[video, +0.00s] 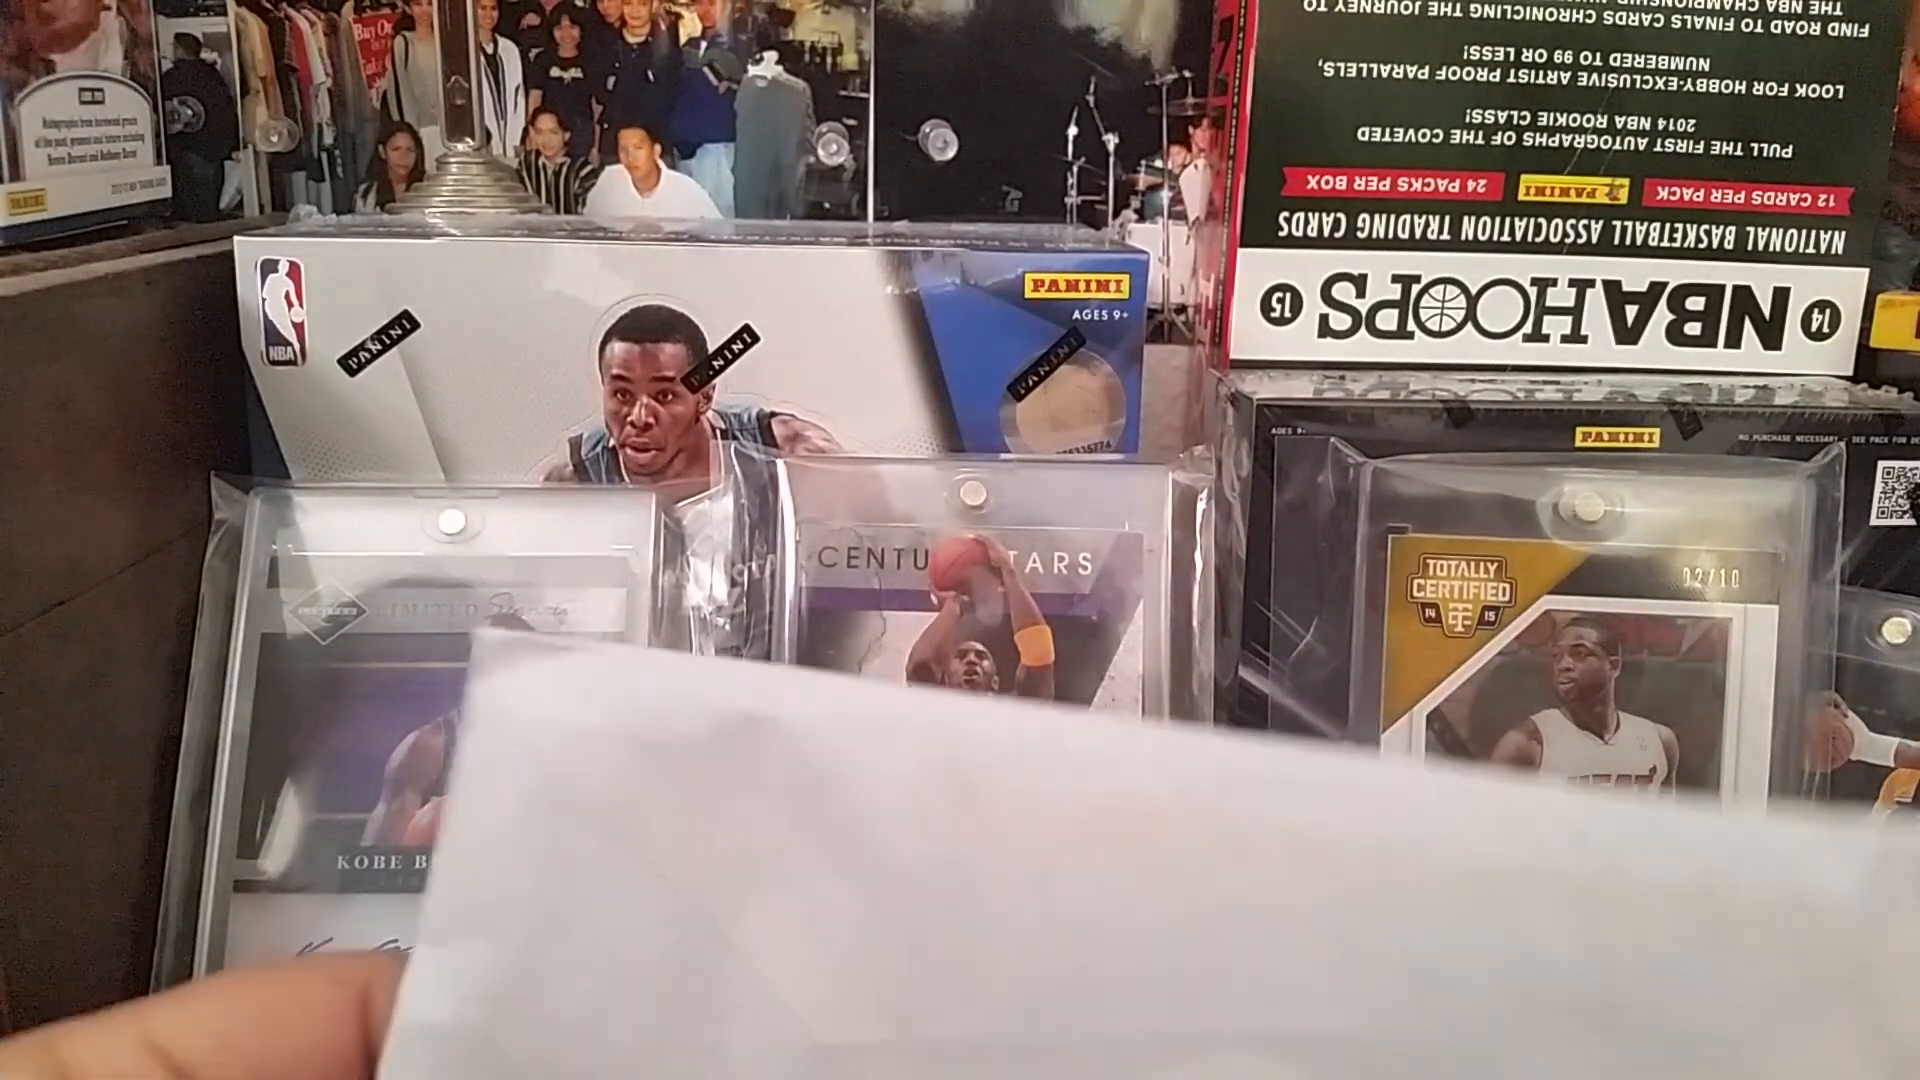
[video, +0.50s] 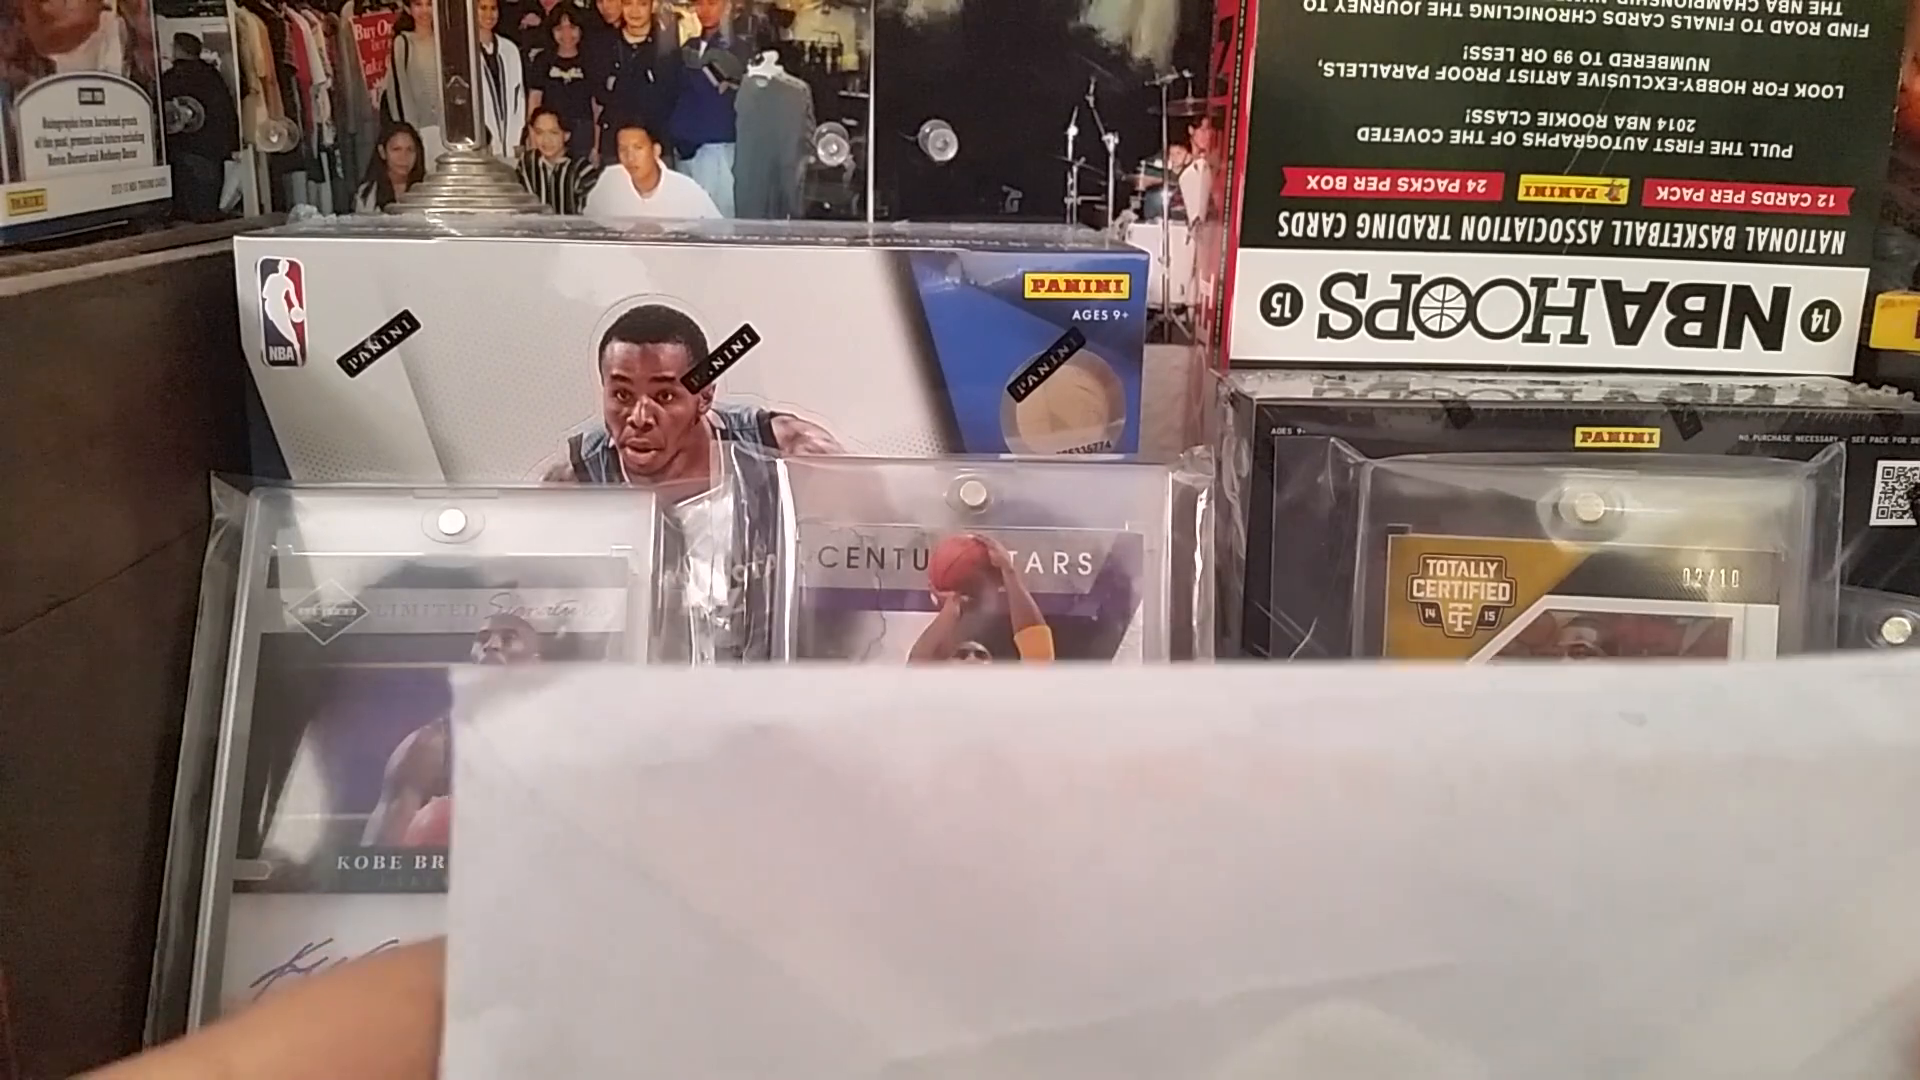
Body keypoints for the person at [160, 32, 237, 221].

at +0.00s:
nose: (173, 51)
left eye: (174, 48)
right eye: (174, 48)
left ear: (178, 50)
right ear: (197, 51)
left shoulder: (169, 78)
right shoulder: (212, 74)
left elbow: (160, 115)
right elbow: (228, 109)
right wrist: (232, 145)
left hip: (182, 149)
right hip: (213, 148)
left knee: (184, 204)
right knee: (210, 204)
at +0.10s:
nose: (172, 52)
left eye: (174, 49)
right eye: (174, 48)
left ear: (177, 50)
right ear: (197, 51)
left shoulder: (169, 78)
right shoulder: (212, 73)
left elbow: (162, 117)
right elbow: (228, 108)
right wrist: (233, 145)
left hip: (184, 148)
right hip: (215, 146)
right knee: (210, 204)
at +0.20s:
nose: (173, 52)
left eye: (174, 48)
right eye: (175, 48)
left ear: (177, 50)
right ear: (198, 51)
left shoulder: (168, 79)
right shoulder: (212, 75)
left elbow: (161, 118)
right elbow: (227, 110)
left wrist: (164, 150)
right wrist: (233, 145)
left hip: (181, 152)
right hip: (212, 150)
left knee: (183, 208)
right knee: (210, 208)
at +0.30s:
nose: (173, 51)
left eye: (174, 49)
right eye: (175, 49)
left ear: (176, 50)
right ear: (198, 52)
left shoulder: (168, 79)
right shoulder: (213, 75)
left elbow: (160, 117)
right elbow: (228, 111)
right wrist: (233, 145)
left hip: (182, 152)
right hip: (213, 151)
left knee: (183, 208)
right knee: (209, 208)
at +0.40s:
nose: (173, 53)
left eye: (175, 49)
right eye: (174, 49)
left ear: (179, 51)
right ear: (197, 52)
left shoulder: (167, 79)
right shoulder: (212, 75)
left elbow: (159, 117)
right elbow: (227, 111)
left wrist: (161, 150)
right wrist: (232, 145)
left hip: (178, 152)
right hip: (210, 151)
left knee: (181, 208)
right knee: (208, 208)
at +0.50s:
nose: (172, 52)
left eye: (173, 48)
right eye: (174, 48)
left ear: (177, 50)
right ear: (197, 52)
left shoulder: (168, 79)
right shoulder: (212, 75)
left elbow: (160, 116)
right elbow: (227, 110)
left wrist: (161, 150)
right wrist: (232, 145)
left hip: (180, 151)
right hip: (212, 150)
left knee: (182, 207)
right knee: (209, 207)